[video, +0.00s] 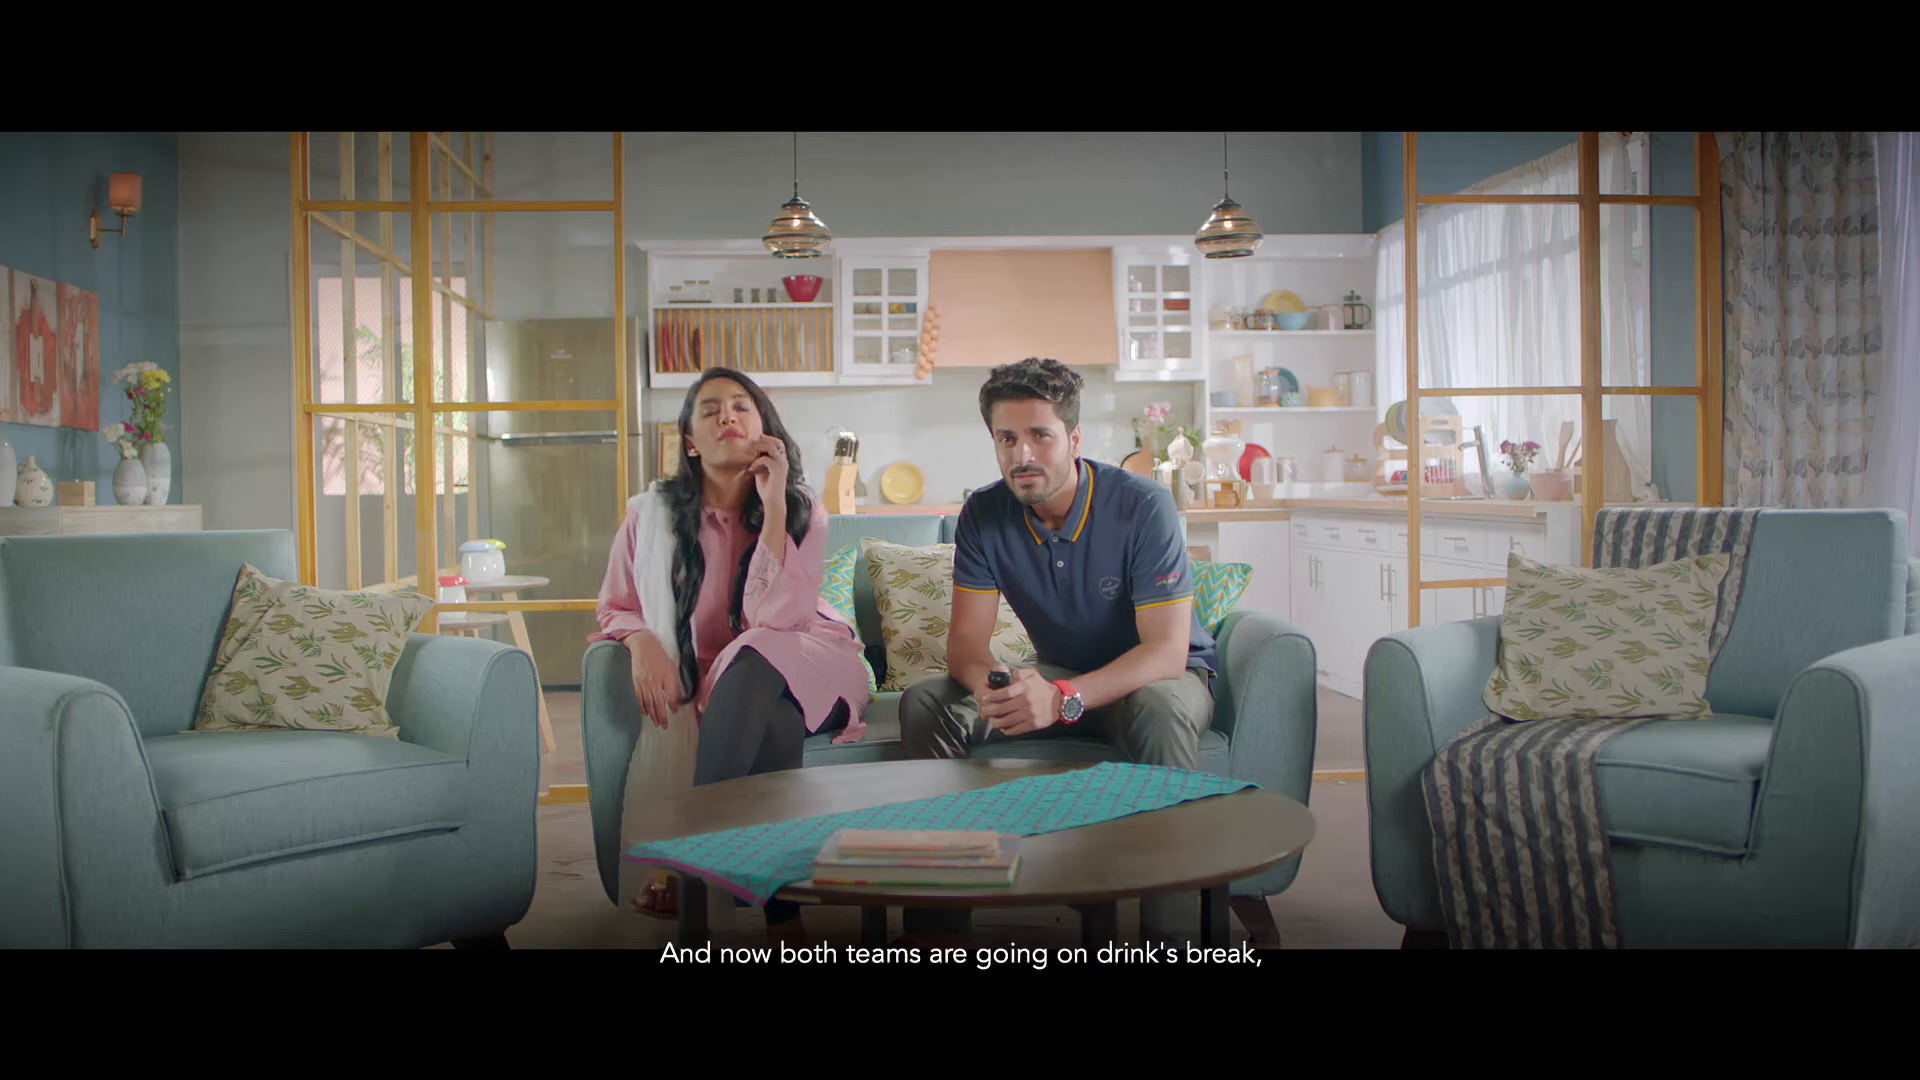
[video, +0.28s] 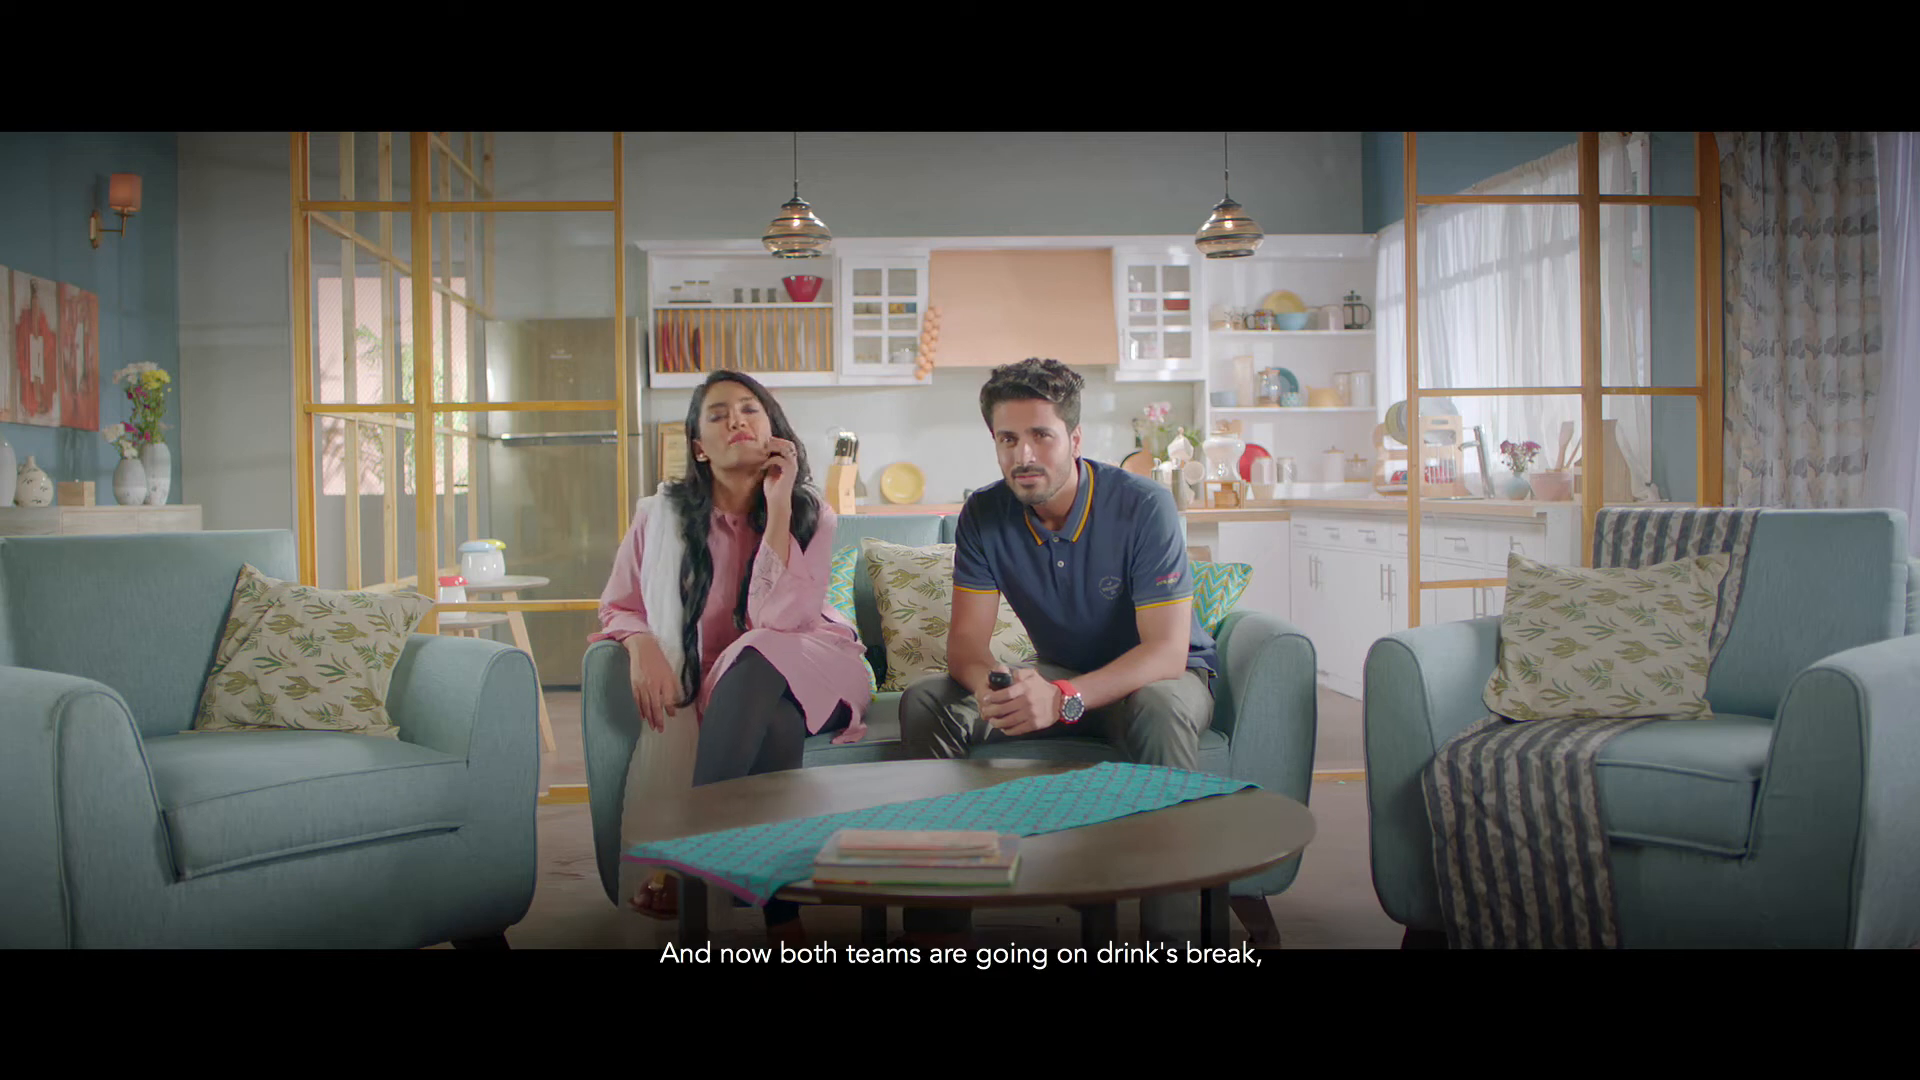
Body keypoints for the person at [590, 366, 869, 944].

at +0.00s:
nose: (728, 417)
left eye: (742, 407)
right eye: (711, 411)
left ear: (767, 432)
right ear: (690, 440)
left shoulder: (799, 511)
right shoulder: (651, 512)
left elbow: (775, 618)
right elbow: (617, 610)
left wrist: (775, 511)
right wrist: (644, 641)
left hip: (815, 662)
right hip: (716, 677)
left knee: (750, 659)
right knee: (778, 720)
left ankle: (686, 864)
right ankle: (782, 911)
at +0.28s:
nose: (738, 421)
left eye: (750, 410)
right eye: (719, 415)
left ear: (775, 430)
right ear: (699, 447)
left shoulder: (808, 514)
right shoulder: (660, 514)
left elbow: (781, 619)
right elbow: (619, 609)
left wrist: (778, 512)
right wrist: (642, 643)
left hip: (819, 665)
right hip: (719, 677)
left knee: (754, 658)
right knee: (778, 721)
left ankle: (686, 865)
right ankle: (781, 911)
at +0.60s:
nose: (762, 433)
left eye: (772, 422)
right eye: (741, 426)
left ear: (791, 437)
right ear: (714, 453)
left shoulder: (814, 516)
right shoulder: (666, 517)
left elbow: (785, 620)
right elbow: (620, 609)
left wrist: (777, 513)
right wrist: (641, 642)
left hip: (821, 670)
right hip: (720, 681)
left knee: (756, 656)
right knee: (779, 723)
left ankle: (686, 862)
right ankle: (781, 912)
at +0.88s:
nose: (774, 445)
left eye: (783, 431)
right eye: (752, 435)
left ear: (797, 444)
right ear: (719, 457)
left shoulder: (815, 518)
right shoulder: (665, 518)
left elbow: (784, 622)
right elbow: (620, 611)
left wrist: (782, 514)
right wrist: (640, 642)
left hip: (821, 672)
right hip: (720, 682)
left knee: (756, 655)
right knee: (779, 722)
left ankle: (686, 862)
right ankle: (780, 909)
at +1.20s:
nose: (785, 448)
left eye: (792, 433)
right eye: (764, 436)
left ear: (803, 445)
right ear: (724, 456)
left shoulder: (816, 520)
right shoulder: (664, 517)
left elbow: (784, 623)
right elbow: (621, 610)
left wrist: (786, 519)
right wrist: (641, 642)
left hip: (822, 670)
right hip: (721, 680)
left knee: (758, 656)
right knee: (777, 721)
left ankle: (687, 863)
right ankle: (780, 910)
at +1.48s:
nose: (795, 448)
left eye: (800, 435)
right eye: (775, 435)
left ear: (809, 445)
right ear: (731, 453)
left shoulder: (816, 520)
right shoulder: (664, 516)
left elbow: (782, 622)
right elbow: (620, 609)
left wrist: (790, 519)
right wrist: (641, 642)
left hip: (820, 669)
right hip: (722, 680)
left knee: (756, 657)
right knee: (778, 720)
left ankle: (688, 865)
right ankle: (779, 907)